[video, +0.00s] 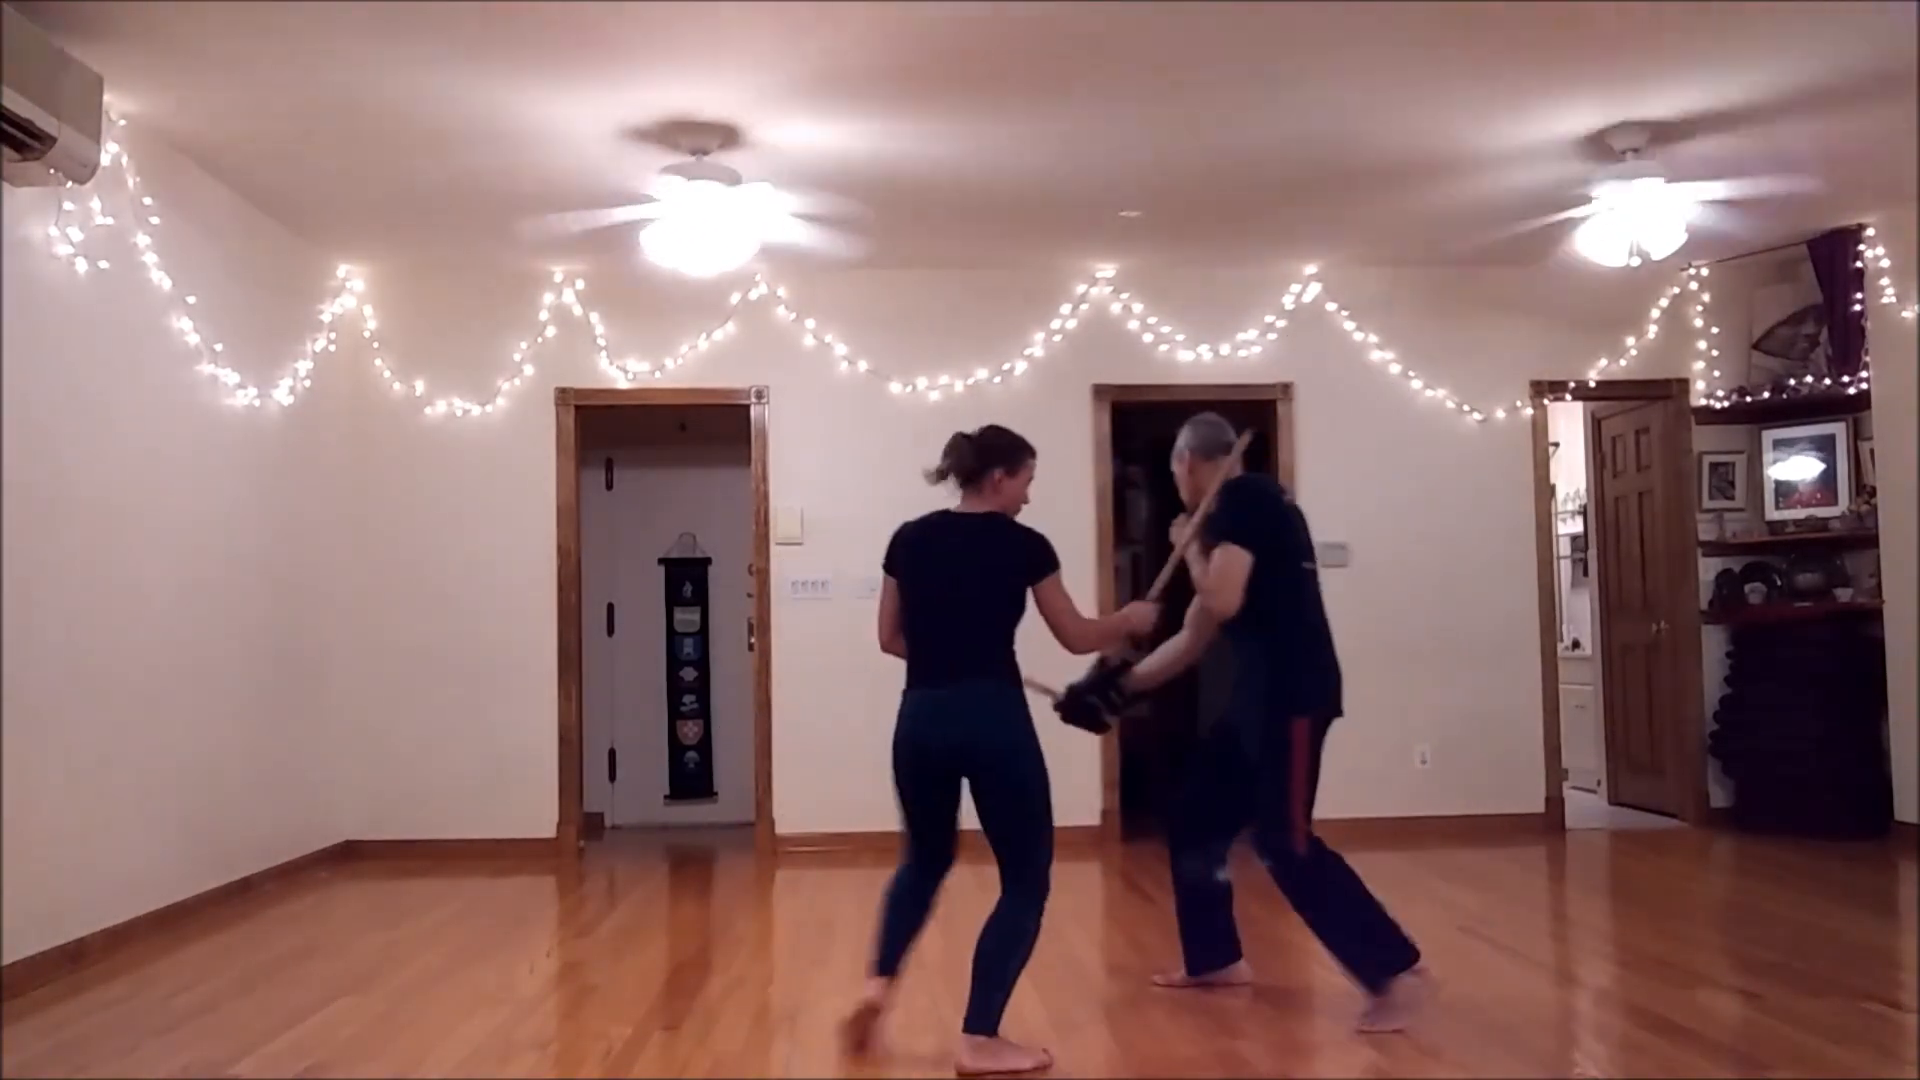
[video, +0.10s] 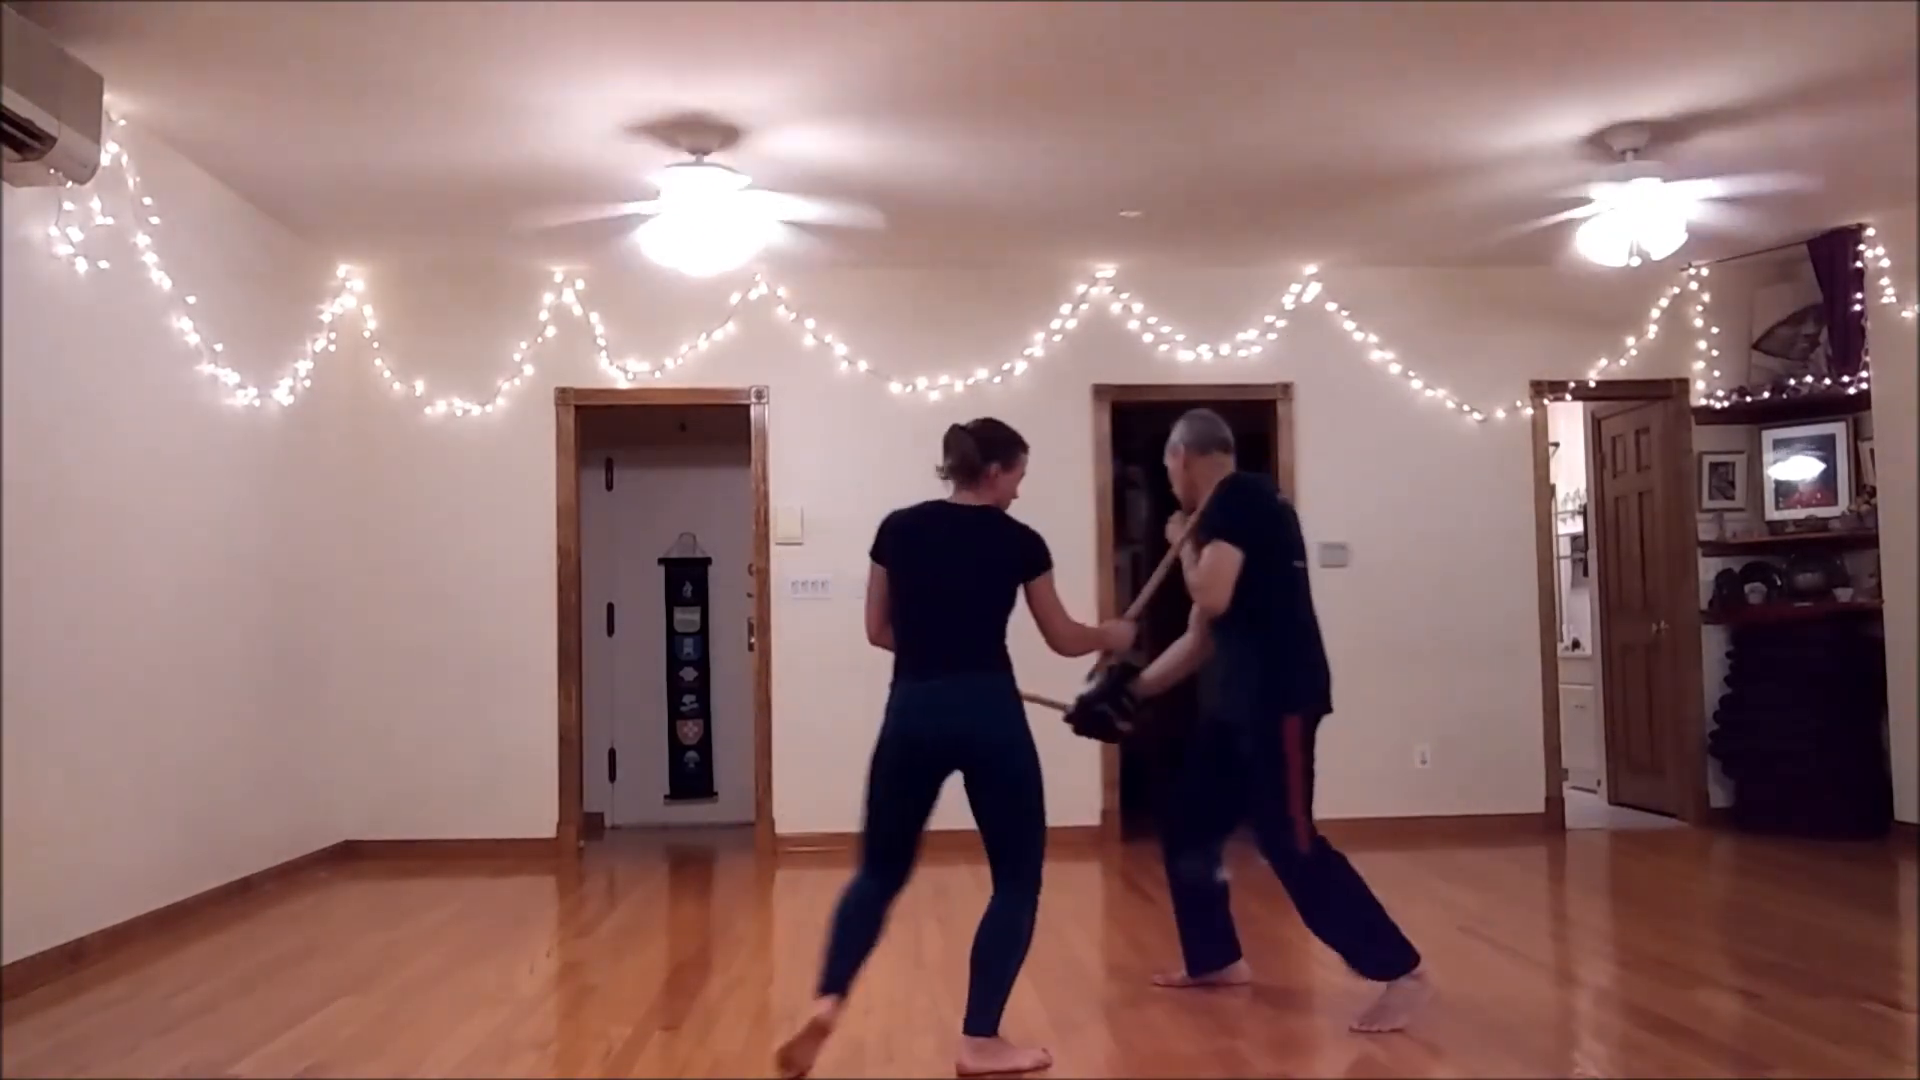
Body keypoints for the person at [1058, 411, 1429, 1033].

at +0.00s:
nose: (1177, 483)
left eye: (1177, 471)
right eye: (1177, 472)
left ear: (1192, 464)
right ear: (1232, 456)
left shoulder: (1247, 498)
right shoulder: (1224, 519)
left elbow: (1226, 598)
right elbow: (1192, 634)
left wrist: (1191, 551)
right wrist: (1118, 683)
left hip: (1295, 698)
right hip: (1253, 699)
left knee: (1285, 839)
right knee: (1195, 821)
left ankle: (1395, 972)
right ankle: (1215, 961)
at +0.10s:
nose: (1169, 477)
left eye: (1170, 464)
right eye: (1169, 465)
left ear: (1187, 458)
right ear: (1219, 454)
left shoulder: (1241, 497)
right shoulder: (1215, 517)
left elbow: (1215, 593)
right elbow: (1198, 636)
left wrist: (1182, 545)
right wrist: (1131, 689)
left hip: (1279, 698)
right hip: (1233, 699)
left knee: (1289, 840)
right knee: (1188, 823)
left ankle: (1402, 972)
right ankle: (1215, 961)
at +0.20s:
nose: (1164, 473)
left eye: (1165, 460)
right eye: (1162, 462)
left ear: (1183, 453)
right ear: (1211, 450)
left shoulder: (1239, 491)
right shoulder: (1219, 511)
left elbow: (1210, 590)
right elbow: (1204, 634)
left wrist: (1182, 543)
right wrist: (1139, 689)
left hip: (1276, 695)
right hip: (1234, 696)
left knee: (1298, 837)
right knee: (1187, 821)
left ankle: (1405, 974)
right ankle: (1214, 960)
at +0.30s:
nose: (1159, 473)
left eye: (1160, 459)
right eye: (1157, 461)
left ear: (1182, 450)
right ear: (1206, 450)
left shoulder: (1235, 488)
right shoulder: (1220, 507)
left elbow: (1208, 589)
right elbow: (1207, 634)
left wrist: (1181, 543)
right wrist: (1142, 691)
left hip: (1273, 690)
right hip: (1232, 692)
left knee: (1303, 834)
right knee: (1186, 816)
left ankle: (1400, 975)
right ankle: (1214, 959)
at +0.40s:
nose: (1157, 472)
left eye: (1158, 458)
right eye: (1155, 460)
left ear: (1178, 449)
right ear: (1205, 447)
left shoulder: (1236, 489)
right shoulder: (1220, 508)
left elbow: (1207, 588)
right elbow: (1210, 632)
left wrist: (1180, 539)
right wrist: (1146, 693)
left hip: (1274, 690)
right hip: (1233, 692)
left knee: (1305, 832)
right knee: (1184, 811)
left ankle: (1403, 978)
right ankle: (1215, 958)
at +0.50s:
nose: (1157, 470)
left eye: (1159, 456)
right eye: (1156, 458)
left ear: (1181, 447)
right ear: (1204, 446)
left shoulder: (1239, 490)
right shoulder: (1222, 507)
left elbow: (1208, 589)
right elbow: (1215, 628)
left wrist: (1178, 539)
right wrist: (1154, 694)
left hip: (1273, 691)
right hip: (1233, 692)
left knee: (1308, 834)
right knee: (1183, 811)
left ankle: (1404, 979)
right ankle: (1215, 959)